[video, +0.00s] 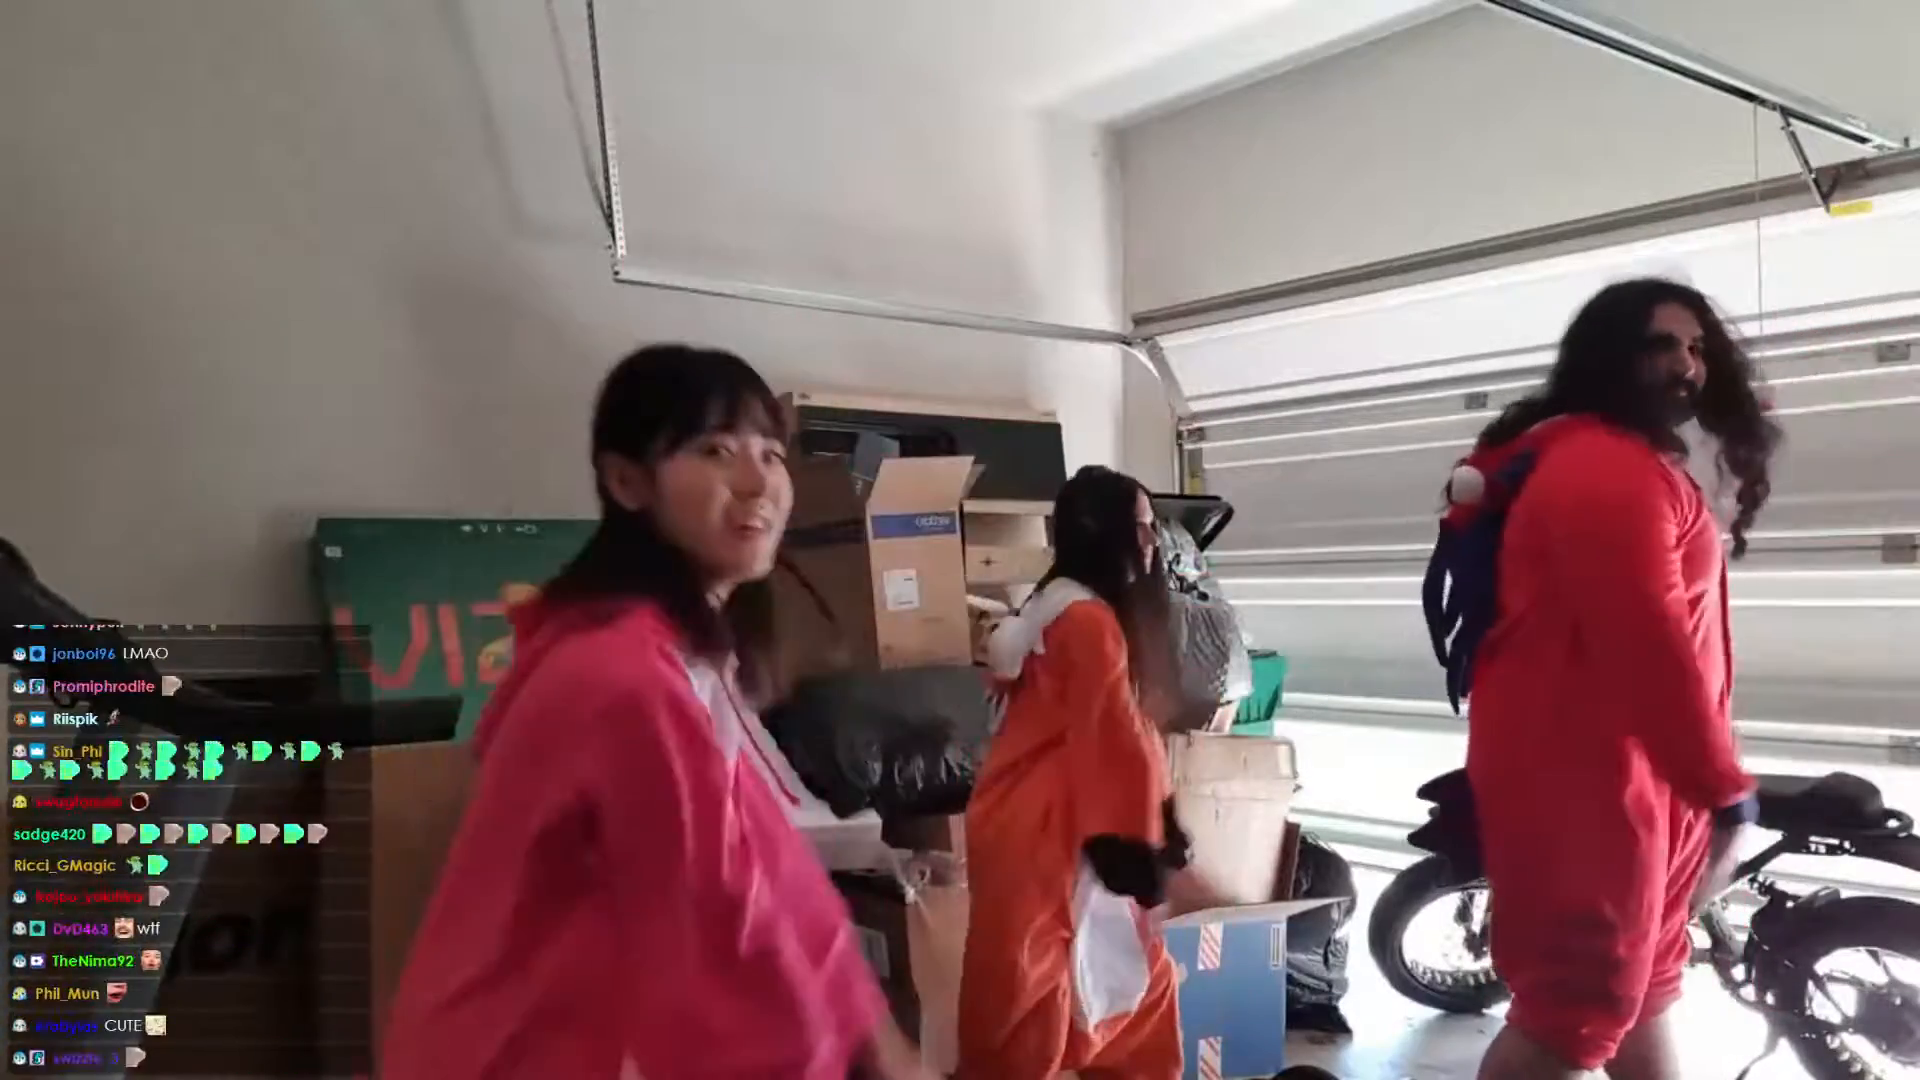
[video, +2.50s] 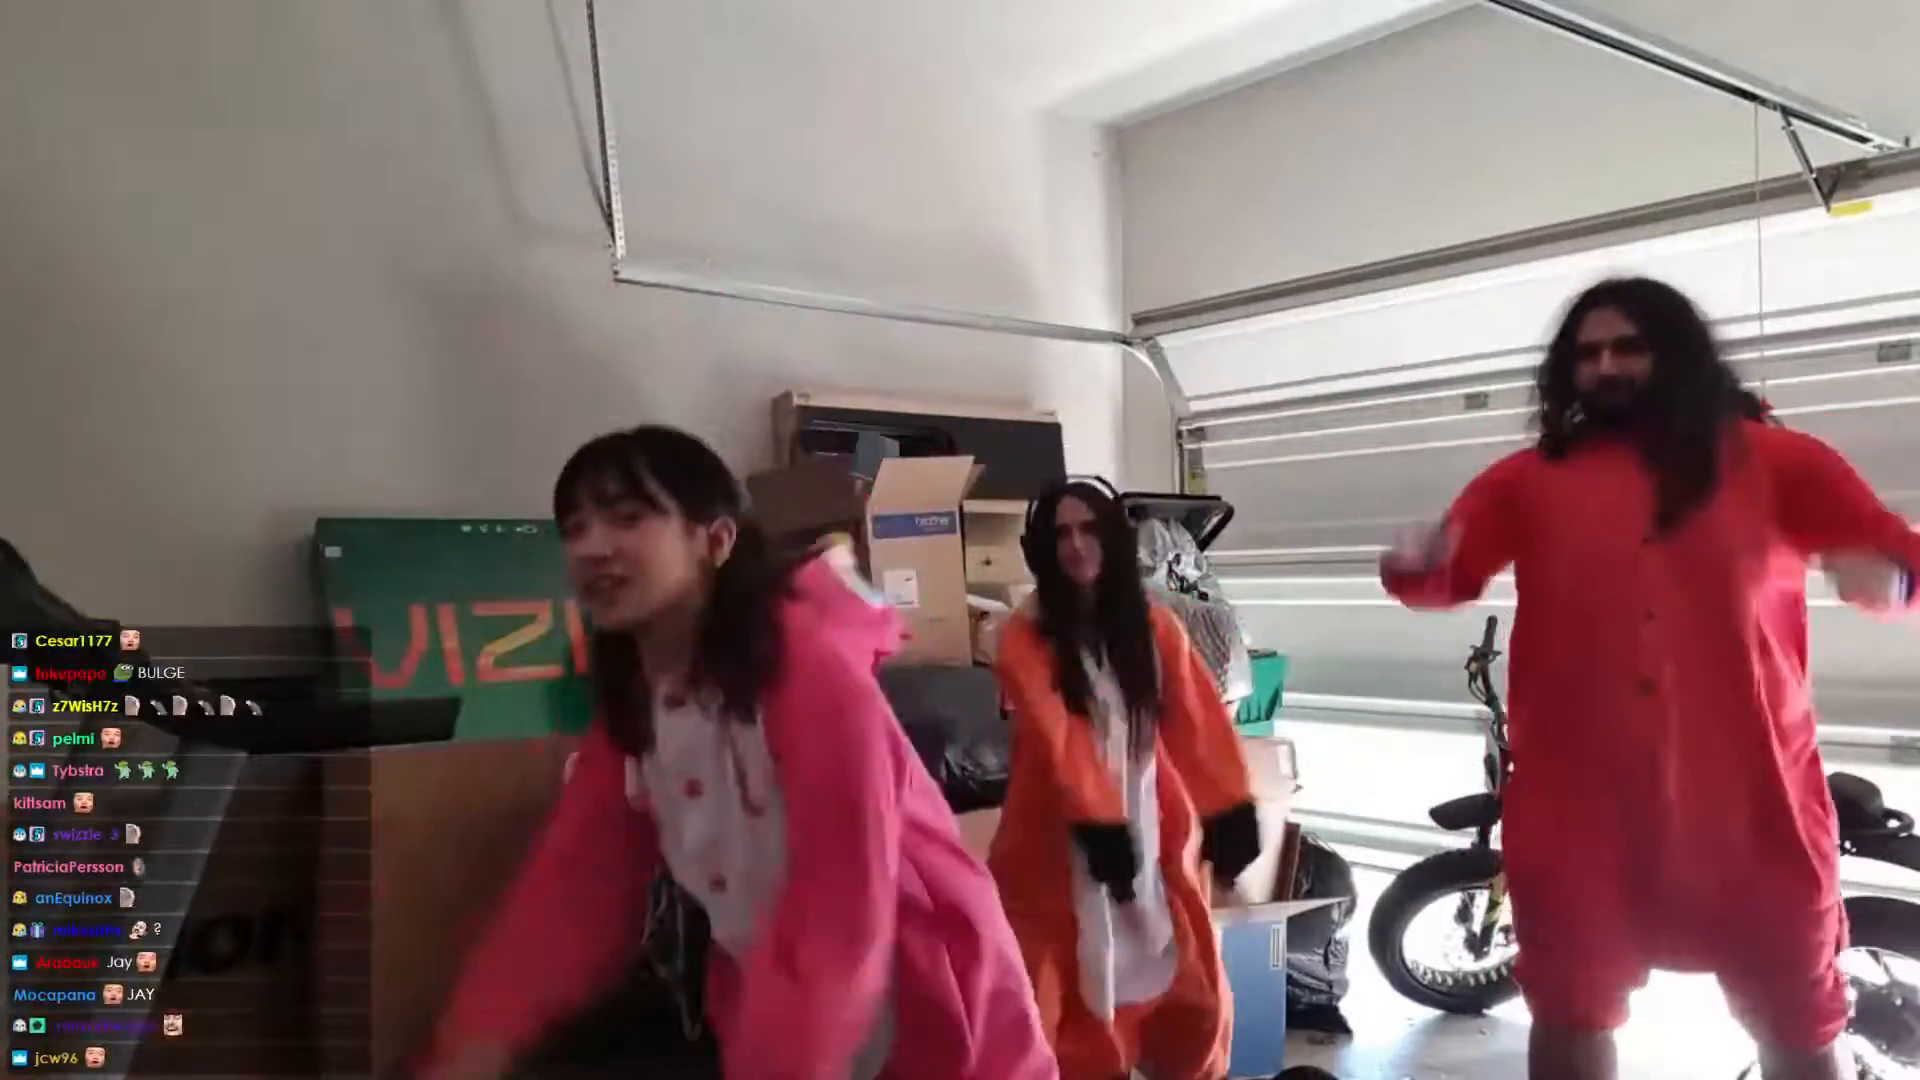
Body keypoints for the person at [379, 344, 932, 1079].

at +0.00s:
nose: (758, 483)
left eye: (771, 455)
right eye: (715, 451)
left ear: (790, 479)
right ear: (627, 482)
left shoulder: (693, 653)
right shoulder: (621, 674)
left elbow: (785, 876)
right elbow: (728, 926)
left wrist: (879, 1044)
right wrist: (866, 1049)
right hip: (532, 1062)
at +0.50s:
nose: (721, 446)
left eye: (731, 420)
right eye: (677, 418)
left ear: (745, 435)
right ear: (587, 449)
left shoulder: (634, 607)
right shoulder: (576, 605)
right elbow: (811, 563)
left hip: (673, 1041)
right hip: (577, 1049)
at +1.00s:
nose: (735, 439)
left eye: (731, 413)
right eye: (703, 406)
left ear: (616, 428)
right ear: (598, 421)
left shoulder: (615, 589)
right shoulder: (581, 590)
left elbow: (857, 709)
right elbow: (851, 639)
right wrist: (1199, 676)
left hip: (658, 1034)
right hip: (585, 1045)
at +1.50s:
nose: (827, 440)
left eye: (818, 415)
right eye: (798, 417)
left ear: (719, 447)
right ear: (705, 444)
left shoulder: (702, 591)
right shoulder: (668, 583)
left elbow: (882, 714)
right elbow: (888, 669)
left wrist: (1041, 746)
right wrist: (1121, 693)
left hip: (667, 1033)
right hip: (600, 1040)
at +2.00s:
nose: (760, 320)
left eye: (792, 298)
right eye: (729, 301)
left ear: (839, 330)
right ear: (693, 335)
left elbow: (905, 267)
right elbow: (486, 270)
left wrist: (783, 44)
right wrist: (436, 49)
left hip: (820, 979)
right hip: (602, 975)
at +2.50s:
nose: (591, 548)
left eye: (626, 517)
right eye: (574, 530)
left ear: (714, 537)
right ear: (563, 553)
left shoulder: (808, 654)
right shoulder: (636, 704)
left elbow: (847, 910)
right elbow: (571, 896)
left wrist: (777, 1060)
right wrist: (477, 1045)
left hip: (925, 998)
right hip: (771, 998)